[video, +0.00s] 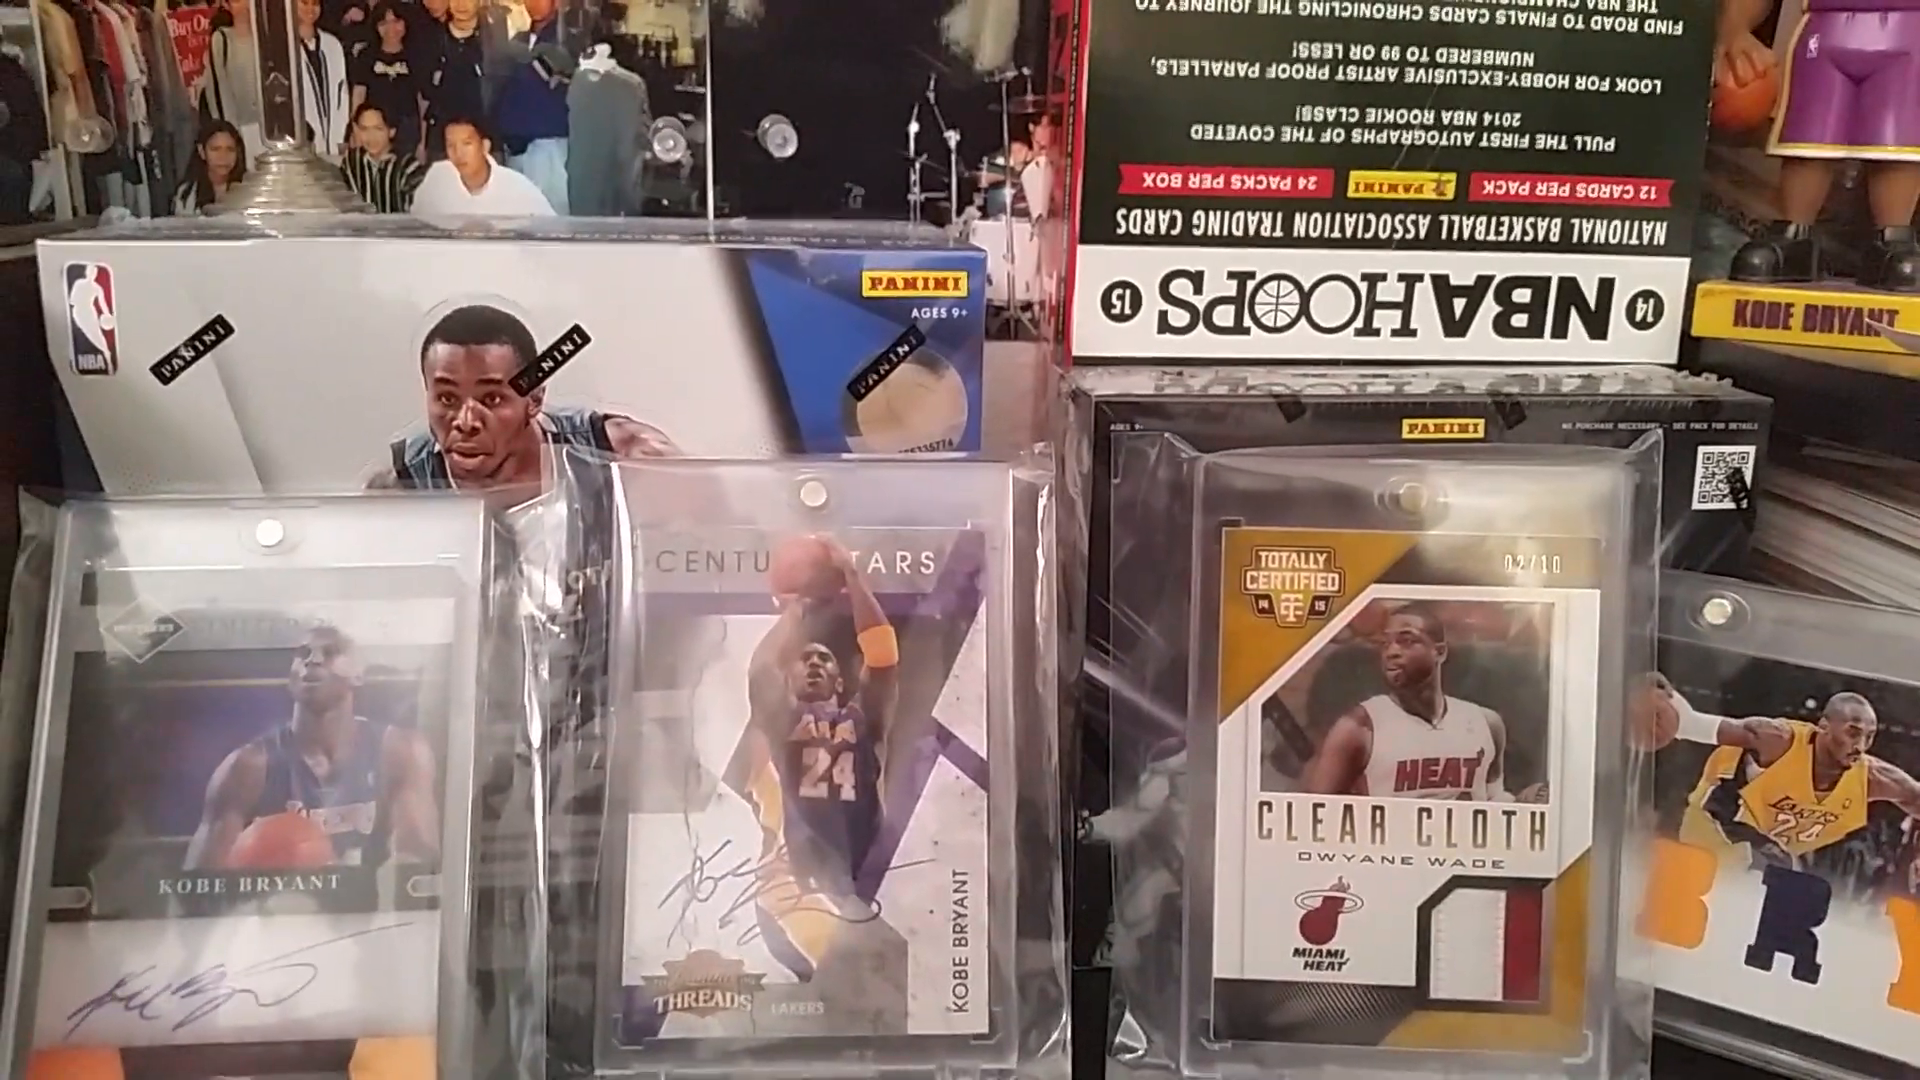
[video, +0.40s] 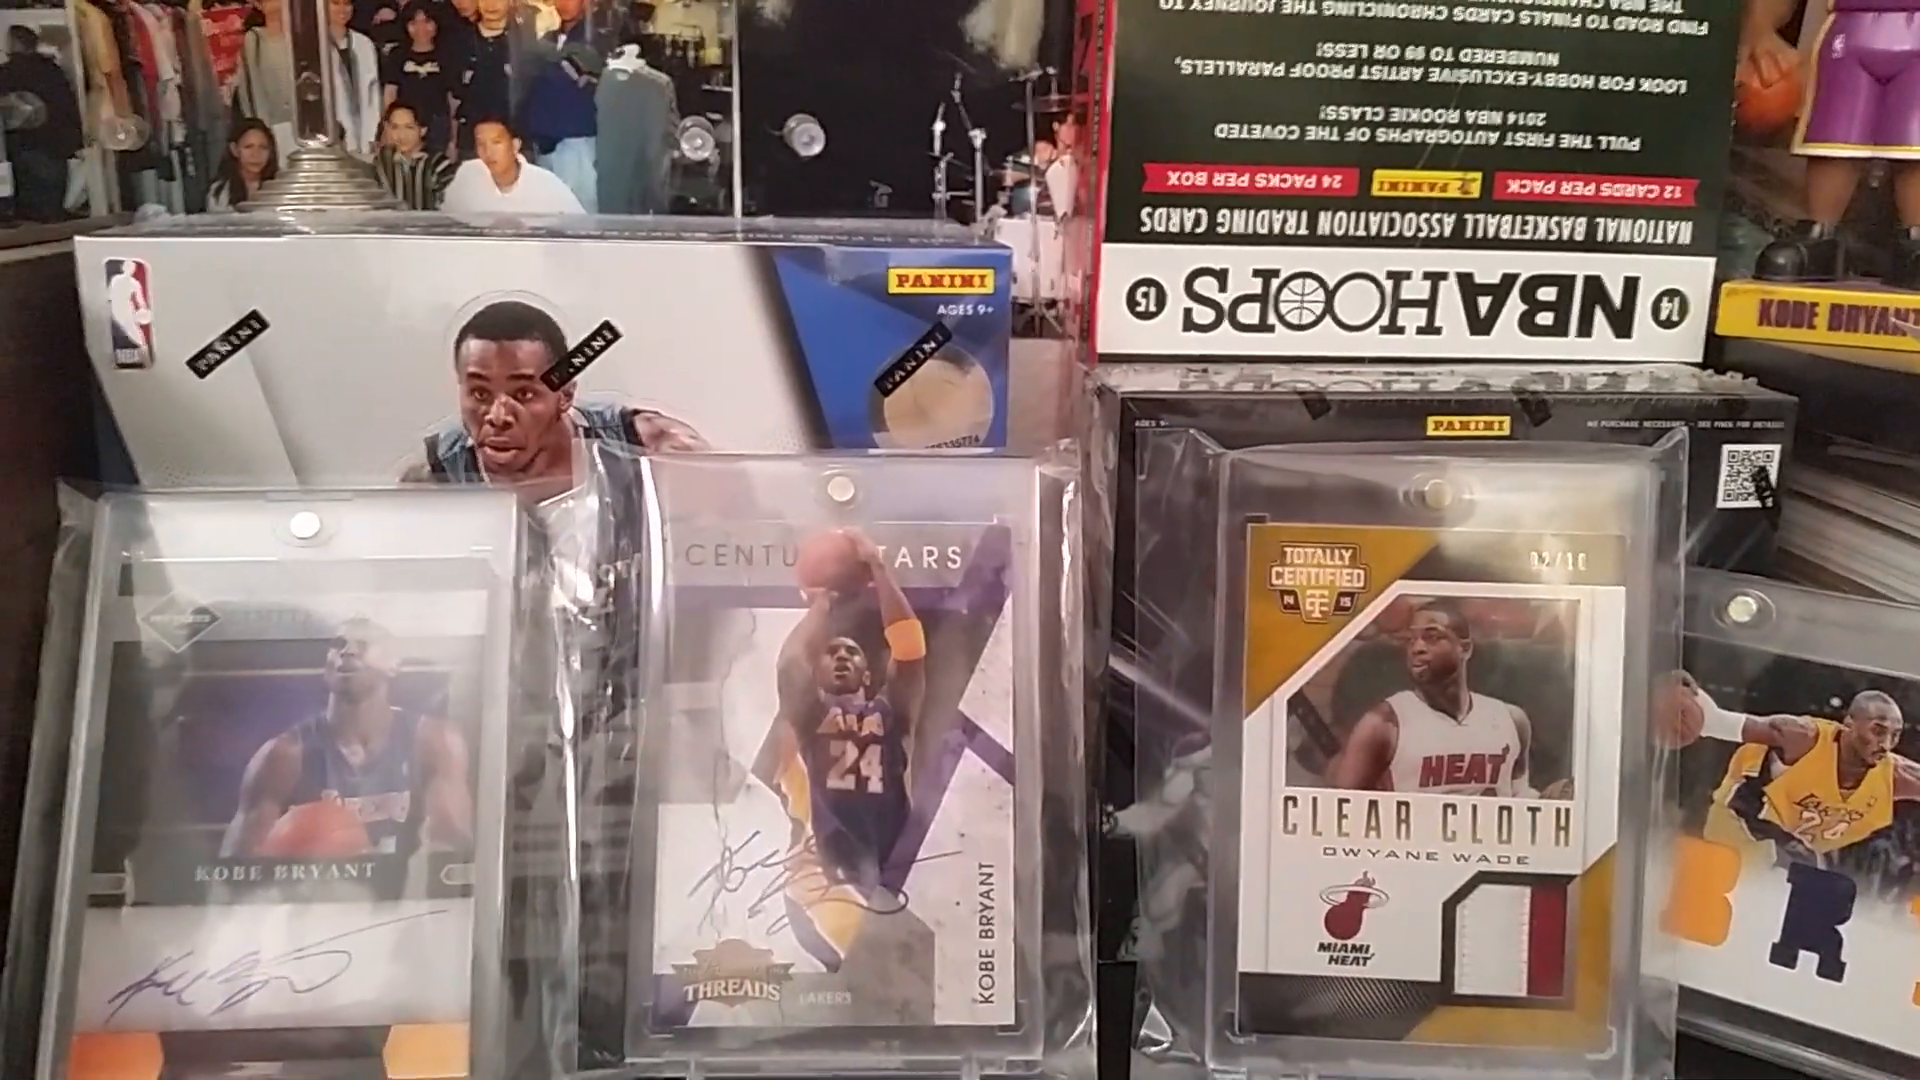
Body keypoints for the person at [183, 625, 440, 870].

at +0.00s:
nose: (312, 663)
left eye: (329, 653)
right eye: (302, 654)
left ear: (358, 672)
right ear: (289, 671)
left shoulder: (403, 752)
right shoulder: (245, 769)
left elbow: (417, 864)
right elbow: (196, 889)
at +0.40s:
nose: (346, 654)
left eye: (363, 646)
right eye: (338, 645)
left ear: (393, 663)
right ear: (325, 661)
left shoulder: (436, 742)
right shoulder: (281, 758)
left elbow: (450, 849)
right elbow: (233, 872)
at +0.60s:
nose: (349, 654)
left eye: (365, 646)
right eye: (340, 646)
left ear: (395, 664)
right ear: (328, 662)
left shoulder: (441, 743)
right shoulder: (286, 756)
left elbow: (453, 851)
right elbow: (238, 870)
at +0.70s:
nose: (367, 671)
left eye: (378, 660)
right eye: (356, 660)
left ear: (405, 674)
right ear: (343, 671)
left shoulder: (454, 742)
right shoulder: (303, 752)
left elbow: (469, 841)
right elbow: (263, 851)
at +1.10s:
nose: (440, 642)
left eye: (456, 632)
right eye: (430, 631)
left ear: (480, 649)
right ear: (415, 647)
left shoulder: (522, 727)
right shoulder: (374, 740)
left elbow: (533, 823)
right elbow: (322, 853)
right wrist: (383, 820)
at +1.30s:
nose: (429, 646)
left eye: (445, 637)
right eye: (420, 636)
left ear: (469, 654)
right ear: (406, 651)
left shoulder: (511, 731)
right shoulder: (362, 743)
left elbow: (524, 829)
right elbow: (315, 848)